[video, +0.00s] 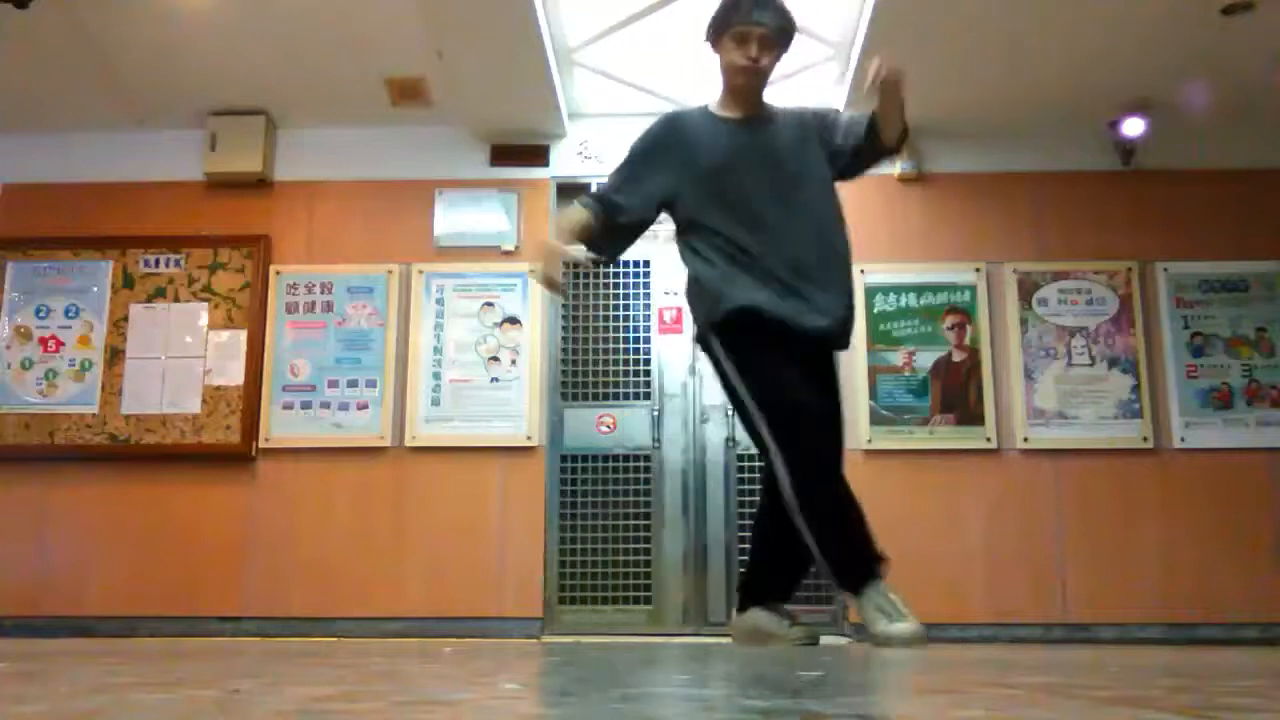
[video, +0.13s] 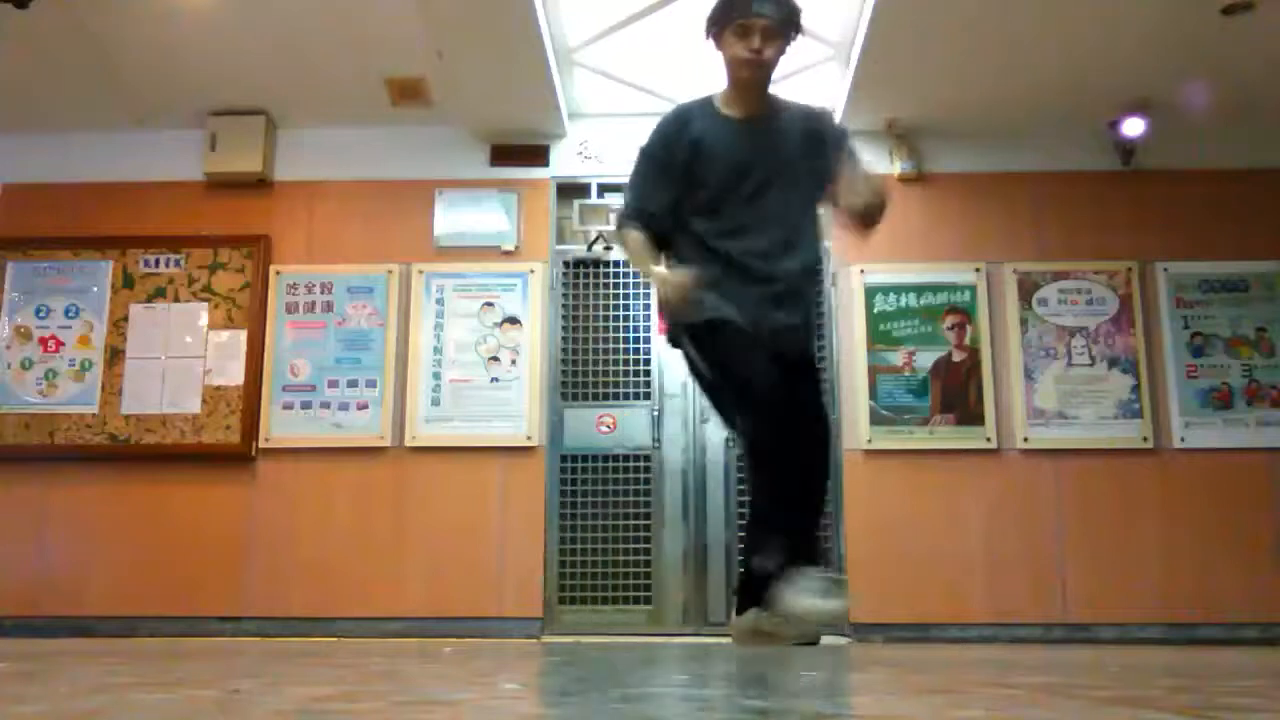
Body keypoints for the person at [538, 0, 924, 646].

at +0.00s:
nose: (754, 55)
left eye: (766, 45)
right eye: (741, 41)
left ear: (780, 54)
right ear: (716, 46)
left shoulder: (807, 130)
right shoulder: (681, 134)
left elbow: (880, 140)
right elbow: (611, 212)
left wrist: (888, 99)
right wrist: (561, 237)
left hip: (811, 315)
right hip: (735, 312)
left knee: (809, 452)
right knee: (797, 441)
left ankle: (760, 606)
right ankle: (867, 586)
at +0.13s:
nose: (757, 48)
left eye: (770, 37)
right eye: (744, 34)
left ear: (785, 46)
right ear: (719, 39)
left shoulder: (811, 131)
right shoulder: (684, 129)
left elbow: (861, 207)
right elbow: (631, 227)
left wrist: (867, 196)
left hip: (787, 312)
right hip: (709, 306)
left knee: (801, 444)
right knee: (773, 419)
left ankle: (760, 603)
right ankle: (788, 573)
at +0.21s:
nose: (756, 49)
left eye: (770, 38)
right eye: (744, 36)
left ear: (786, 53)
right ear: (719, 46)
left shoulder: (807, 139)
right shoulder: (686, 133)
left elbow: (835, 223)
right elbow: (636, 229)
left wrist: (851, 255)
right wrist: (693, 243)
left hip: (773, 319)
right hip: (698, 314)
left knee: (802, 457)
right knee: (729, 419)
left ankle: (764, 605)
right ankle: (735, 566)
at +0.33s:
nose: (751, 68)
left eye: (764, 58)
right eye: (739, 55)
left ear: (781, 69)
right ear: (714, 60)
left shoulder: (801, 157)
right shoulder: (674, 146)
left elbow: (837, 243)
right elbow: (622, 229)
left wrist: (898, 266)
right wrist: (652, 178)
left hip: (762, 338)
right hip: (682, 324)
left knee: (793, 469)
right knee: (675, 425)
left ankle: (760, 609)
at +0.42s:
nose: (753, 94)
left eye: (765, 82)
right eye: (740, 79)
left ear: (777, 90)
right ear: (710, 80)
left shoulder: (799, 173)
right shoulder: (665, 161)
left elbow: (867, 238)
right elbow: (610, 206)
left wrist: (959, 249)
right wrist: (599, 152)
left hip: (761, 355)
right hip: (675, 344)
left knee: (788, 481)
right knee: (651, 444)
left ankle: (757, 610)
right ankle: (625, 592)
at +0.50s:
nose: (749, 102)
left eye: (762, 88)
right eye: (737, 86)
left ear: (776, 90)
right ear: (711, 82)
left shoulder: (805, 166)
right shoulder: (671, 155)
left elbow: (887, 219)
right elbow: (603, 174)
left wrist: (978, 221)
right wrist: (585, 135)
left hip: (762, 350)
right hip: (679, 343)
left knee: (776, 467)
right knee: (644, 446)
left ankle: (753, 610)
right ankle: (638, 590)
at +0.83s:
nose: (741, 127)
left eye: (756, 115)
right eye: (730, 112)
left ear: (779, 106)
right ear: (714, 99)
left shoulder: (808, 152)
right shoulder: (679, 158)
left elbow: (820, 248)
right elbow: (672, 263)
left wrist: (803, 314)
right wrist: (707, 333)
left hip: (780, 316)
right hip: (697, 315)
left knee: (777, 459)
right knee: (691, 432)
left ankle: (760, 603)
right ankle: (672, 588)